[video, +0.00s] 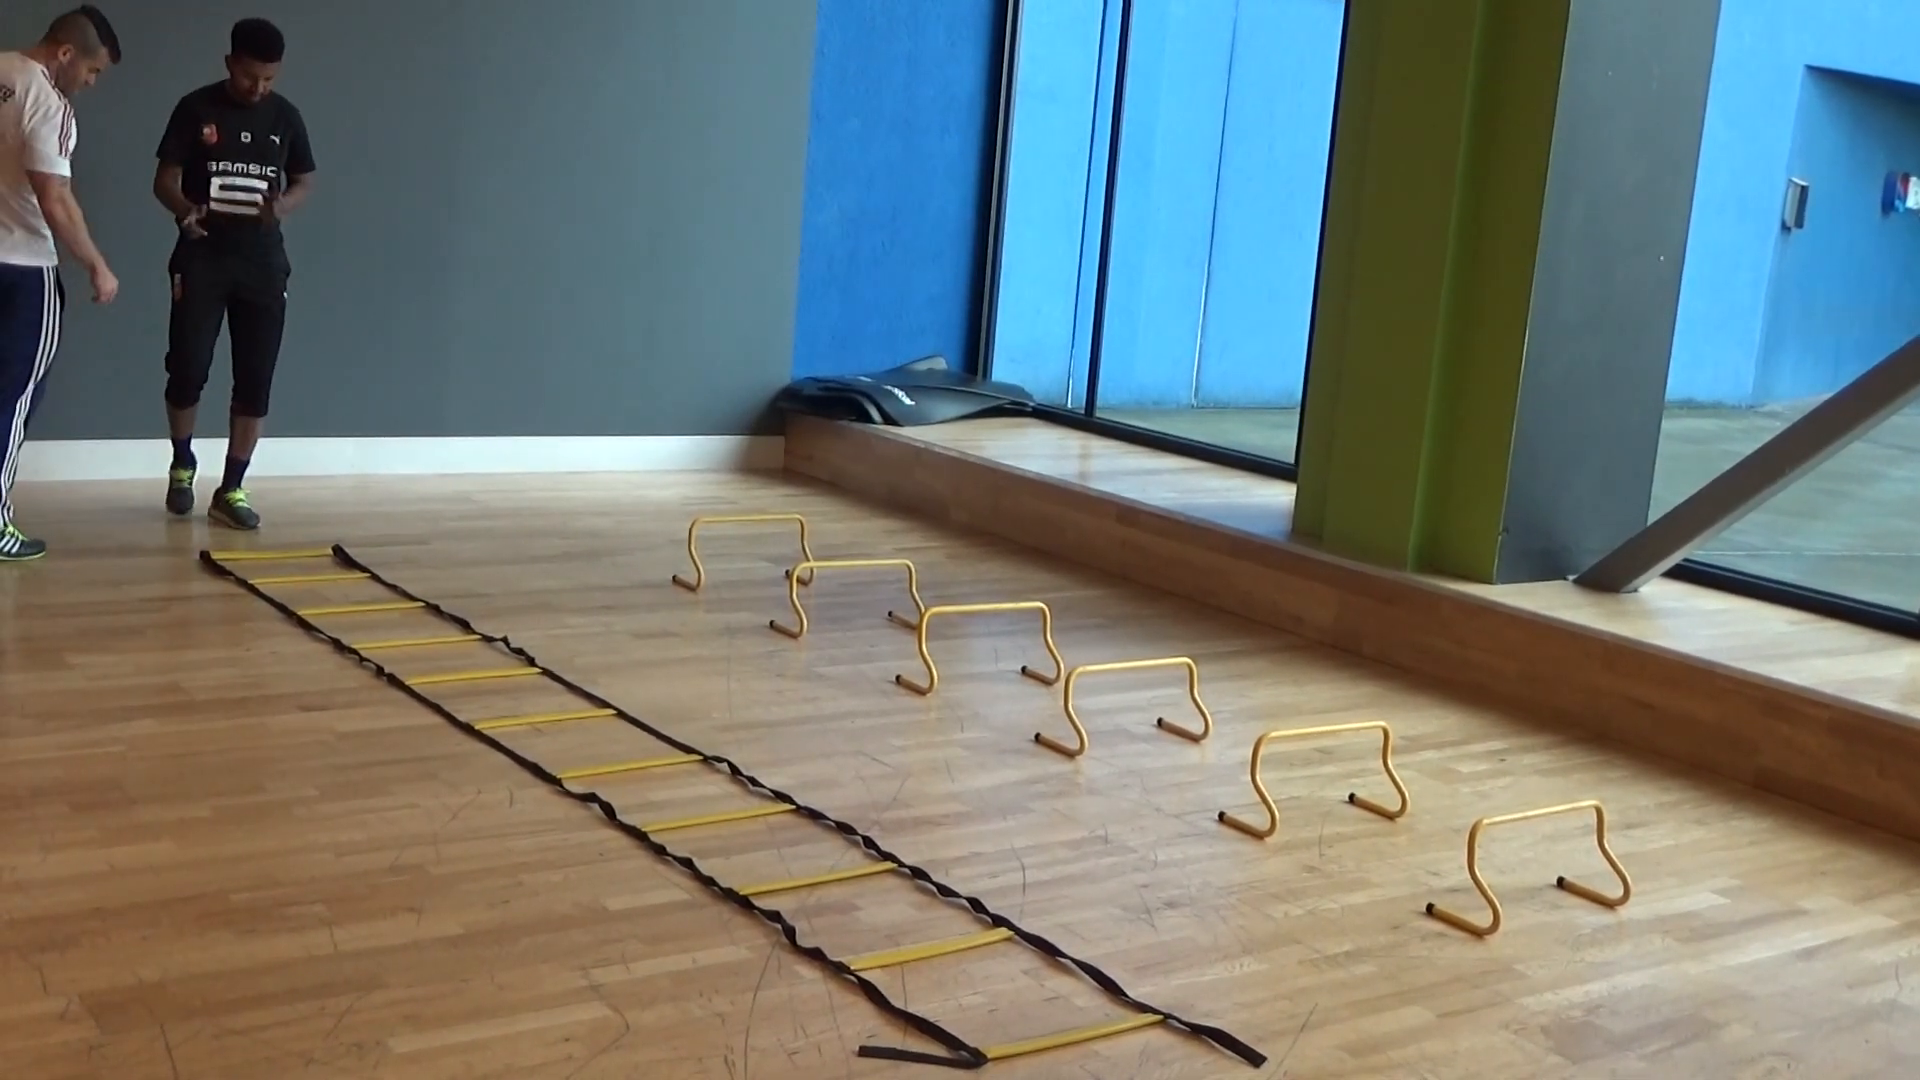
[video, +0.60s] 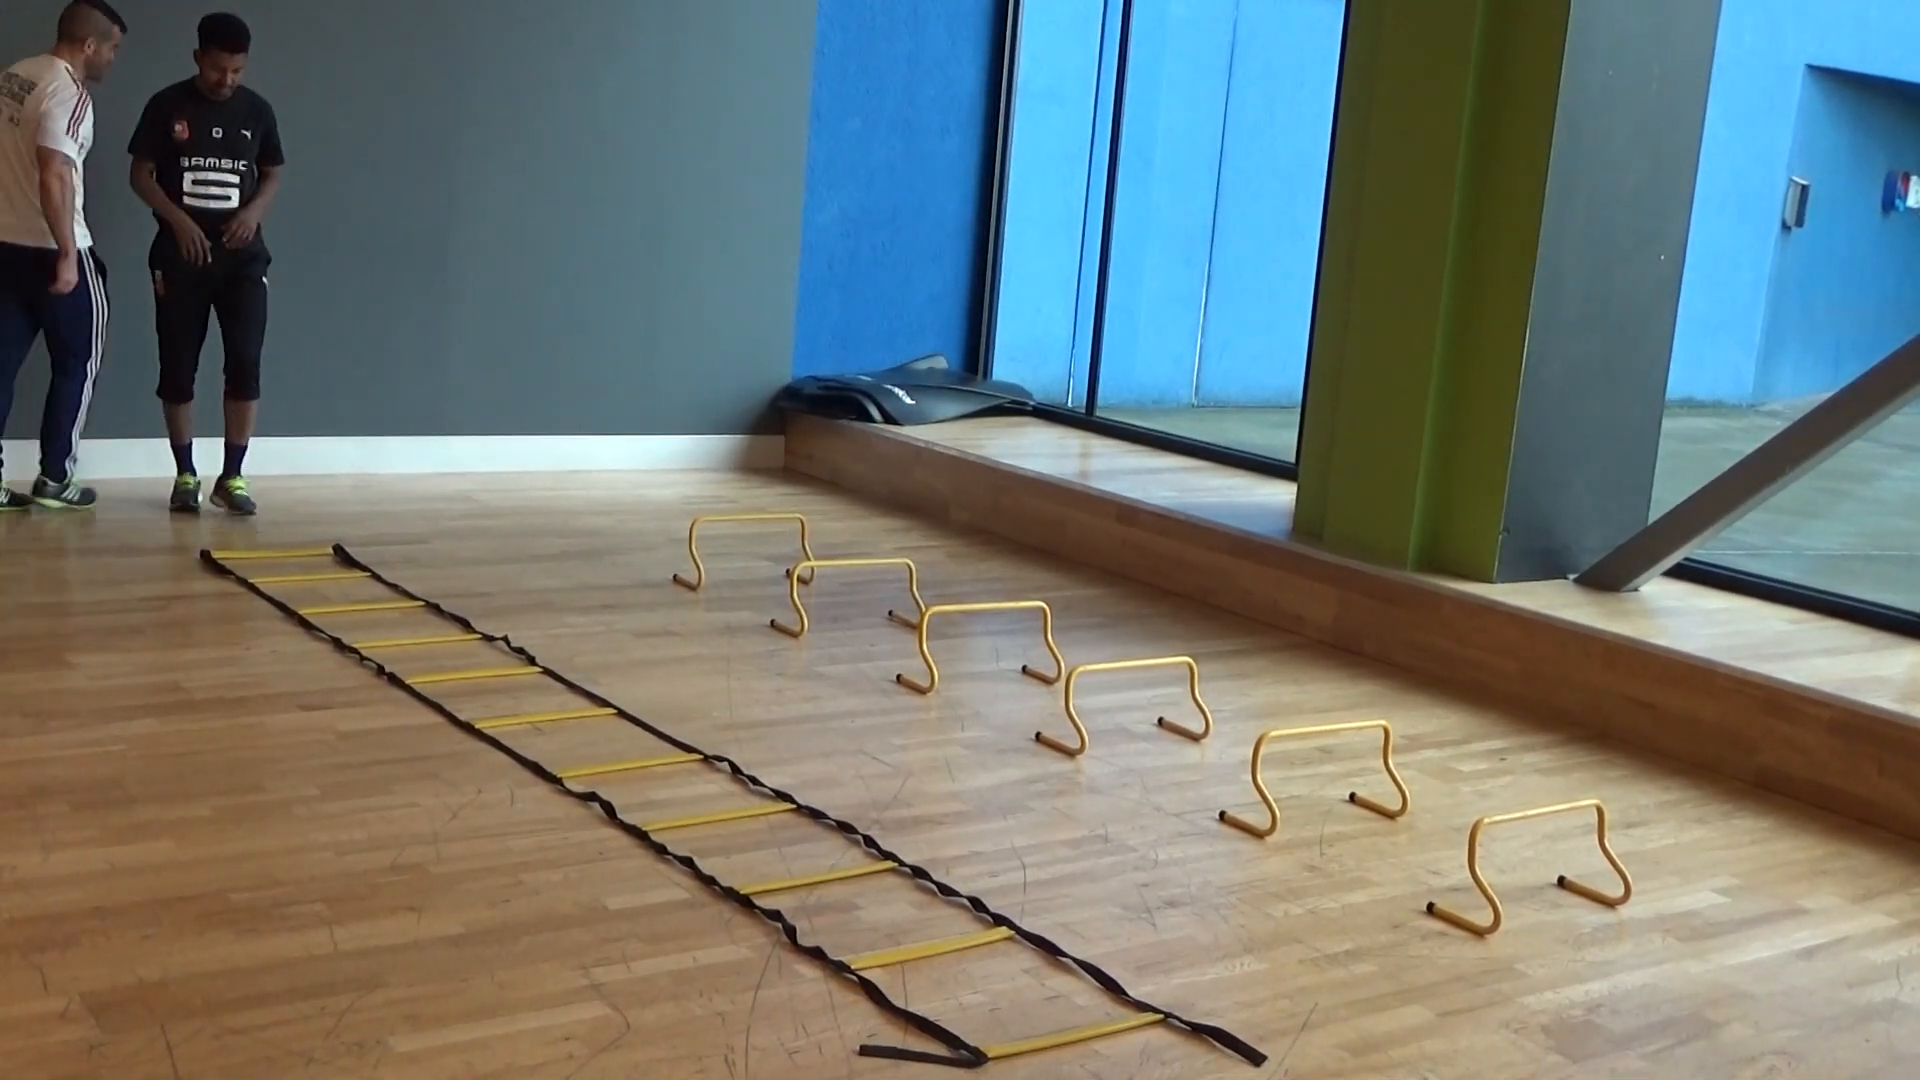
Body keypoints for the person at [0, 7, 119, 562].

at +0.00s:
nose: (88, 85)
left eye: (94, 77)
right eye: (90, 73)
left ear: (58, 48)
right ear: (63, 51)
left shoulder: (7, 69)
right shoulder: (45, 100)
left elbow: (49, 191)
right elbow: (54, 198)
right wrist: (97, 263)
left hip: (6, 264)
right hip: (22, 269)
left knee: (12, 395)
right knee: (15, 396)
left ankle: (2, 520)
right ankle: (0, 522)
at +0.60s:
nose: (113, 60)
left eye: (115, 50)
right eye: (112, 49)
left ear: (70, 41)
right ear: (89, 45)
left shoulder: (15, 74)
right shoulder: (67, 92)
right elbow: (53, 173)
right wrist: (68, 252)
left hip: (10, 249)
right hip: (58, 252)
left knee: (4, 366)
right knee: (78, 363)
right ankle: (55, 479)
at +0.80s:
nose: (135, 60)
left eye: (137, 49)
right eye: (134, 49)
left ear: (91, 42)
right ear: (116, 46)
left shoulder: (43, 83)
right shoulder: (94, 101)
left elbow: (48, 178)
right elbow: (80, 181)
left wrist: (106, 235)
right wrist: (101, 259)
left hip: (28, 253)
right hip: (81, 259)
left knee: (16, 368)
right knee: (94, 369)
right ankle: (80, 471)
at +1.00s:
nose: (170, 57)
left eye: (171, 49)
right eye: (167, 48)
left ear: (127, 44)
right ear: (145, 47)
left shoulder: (91, 82)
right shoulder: (121, 92)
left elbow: (97, 177)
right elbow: (102, 178)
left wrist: (137, 239)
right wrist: (121, 254)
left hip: (79, 242)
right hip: (106, 246)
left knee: (97, 343)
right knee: (114, 354)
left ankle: (45, 432)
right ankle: (81, 470)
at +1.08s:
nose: (188, 58)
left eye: (188, 49)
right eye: (182, 48)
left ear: (152, 48)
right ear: (157, 47)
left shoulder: (126, 87)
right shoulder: (130, 91)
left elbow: (127, 178)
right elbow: (105, 172)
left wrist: (147, 238)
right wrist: (121, 249)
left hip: (113, 243)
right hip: (111, 245)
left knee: (135, 341)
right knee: (117, 351)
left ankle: (88, 450)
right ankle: (79, 470)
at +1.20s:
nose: (212, 68)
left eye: (213, 59)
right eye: (208, 57)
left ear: (180, 55)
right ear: (179, 53)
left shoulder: (173, 98)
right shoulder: (150, 92)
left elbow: (164, 179)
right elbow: (114, 166)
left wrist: (175, 254)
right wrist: (121, 249)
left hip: (156, 248)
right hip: (135, 249)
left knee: (166, 354)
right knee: (118, 358)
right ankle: (79, 470)